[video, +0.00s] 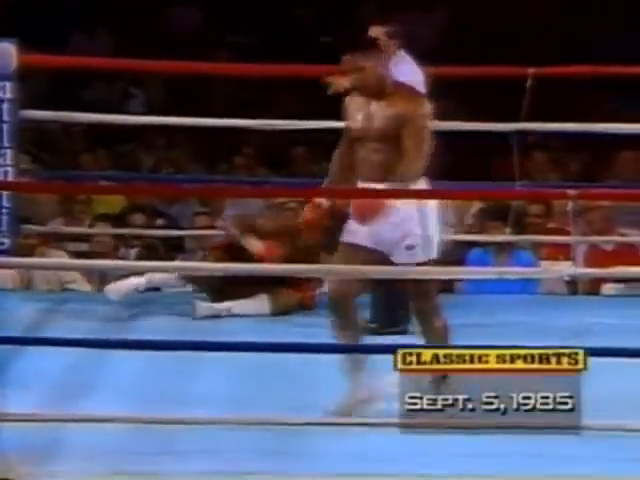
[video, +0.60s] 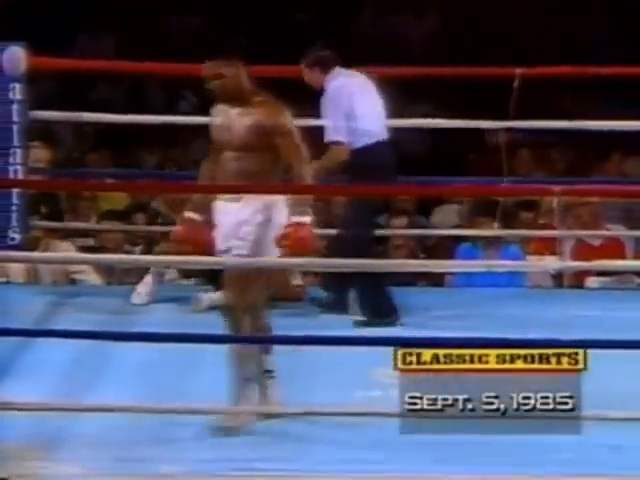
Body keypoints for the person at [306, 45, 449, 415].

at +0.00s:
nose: (355, 80)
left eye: (361, 72)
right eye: (351, 73)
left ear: (381, 69)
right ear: (349, 77)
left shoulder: (412, 106)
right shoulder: (354, 104)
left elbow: (415, 162)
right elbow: (346, 152)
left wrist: (382, 195)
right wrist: (327, 196)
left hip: (408, 209)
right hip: (365, 209)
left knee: (422, 301)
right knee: (339, 292)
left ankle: (444, 379)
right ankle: (359, 385)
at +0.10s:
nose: (324, 88)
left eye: (329, 80)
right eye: (322, 81)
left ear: (351, 78)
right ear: (326, 84)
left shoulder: (382, 114)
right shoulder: (329, 114)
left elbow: (384, 172)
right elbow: (324, 164)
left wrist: (336, 171)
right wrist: (302, 203)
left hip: (385, 213)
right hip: (344, 213)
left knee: (409, 307)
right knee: (319, 303)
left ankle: (435, 381)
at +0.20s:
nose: (300, 95)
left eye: (305, 86)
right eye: (297, 89)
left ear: (328, 82)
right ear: (304, 92)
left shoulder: (359, 120)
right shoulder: (310, 124)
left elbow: (358, 175)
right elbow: (308, 171)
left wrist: (317, 183)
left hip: (364, 217)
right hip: (323, 219)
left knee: (396, 314)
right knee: (298, 307)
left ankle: (431, 385)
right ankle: (277, 398)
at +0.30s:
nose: (265, 95)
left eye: (270, 86)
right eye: (263, 88)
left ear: (293, 82)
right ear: (270, 88)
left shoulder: (324, 121)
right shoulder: (277, 124)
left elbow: (330, 180)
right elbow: (281, 176)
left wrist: (293, 215)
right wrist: (255, 215)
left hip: (325, 218)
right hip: (284, 218)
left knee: (349, 321)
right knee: (267, 310)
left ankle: (406, 368)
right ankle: (267, 404)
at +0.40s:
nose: (247, 90)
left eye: (252, 82)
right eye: (244, 84)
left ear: (275, 77)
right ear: (253, 84)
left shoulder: (308, 115)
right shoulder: (258, 118)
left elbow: (317, 174)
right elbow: (262, 171)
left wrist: (295, 223)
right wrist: (237, 213)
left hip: (305, 213)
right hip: (263, 213)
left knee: (308, 316)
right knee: (258, 309)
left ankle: (368, 361)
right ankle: (265, 402)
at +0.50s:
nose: (228, 87)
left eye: (232, 78)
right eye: (223, 80)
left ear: (254, 73)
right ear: (226, 84)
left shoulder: (287, 111)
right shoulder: (234, 112)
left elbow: (306, 167)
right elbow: (233, 163)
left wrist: (303, 218)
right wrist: (217, 212)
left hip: (276, 209)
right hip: (241, 210)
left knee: (261, 305)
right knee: (250, 306)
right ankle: (264, 395)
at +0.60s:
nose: (214, 86)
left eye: (219, 78)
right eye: (211, 80)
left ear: (241, 74)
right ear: (213, 83)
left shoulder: (272, 113)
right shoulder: (219, 113)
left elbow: (299, 163)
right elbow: (214, 161)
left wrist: (302, 215)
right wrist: (195, 206)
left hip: (262, 209)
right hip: (227, 209)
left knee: (235, 299)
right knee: (249, 300)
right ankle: (266, 388)